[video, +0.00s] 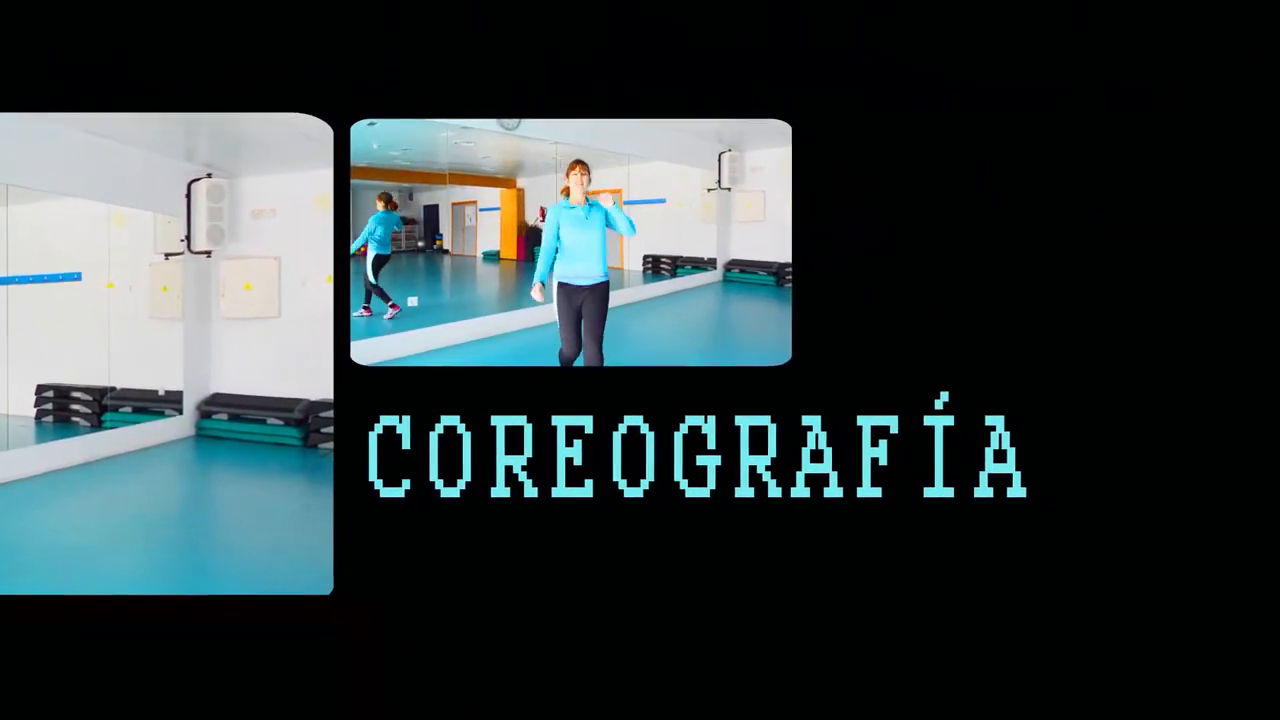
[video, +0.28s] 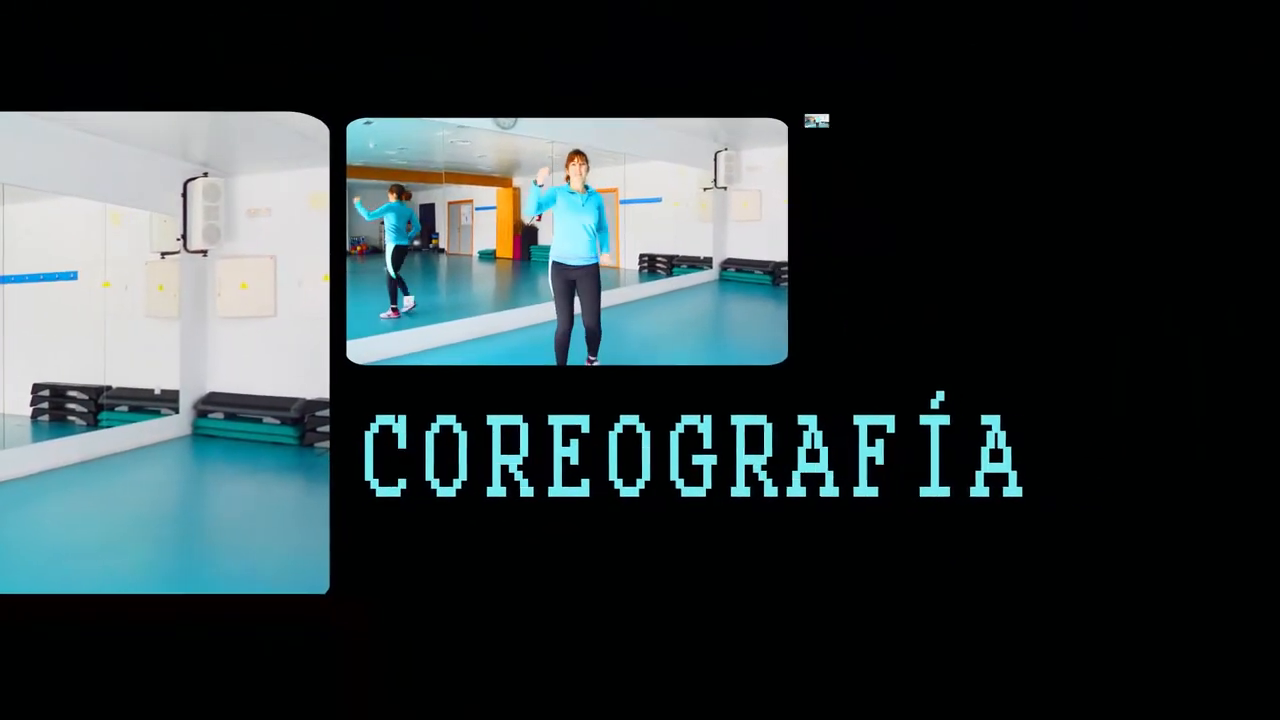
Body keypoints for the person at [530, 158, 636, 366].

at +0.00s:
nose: (579, 177)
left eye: (583, 173)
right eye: (574, 174)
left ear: (589, 179)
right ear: (567, 179)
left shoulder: (601, 209)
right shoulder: (556, 211)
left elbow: (629, 231)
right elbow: (547, 248)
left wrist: (611, 206)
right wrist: (539, 280)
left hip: (597, 286)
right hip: (566, 287)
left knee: (593, 349)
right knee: (571, 349)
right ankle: (564, 364)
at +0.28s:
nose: (578, 167)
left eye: (582, 163)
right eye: (574, 164)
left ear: (588, 168)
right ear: (567, 169)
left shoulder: (595, 198)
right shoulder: (557, 192)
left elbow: (602, 227)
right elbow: (531, 211)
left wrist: (604, 251)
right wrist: (538, 183)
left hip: (588, 266)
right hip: (560, 266)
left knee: (592, 324)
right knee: (564, 324)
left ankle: (592, 359)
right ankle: (561, 364)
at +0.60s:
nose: (572, 174)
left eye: (575, 171)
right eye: (568, 171)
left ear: (581, 174)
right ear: (562, 175)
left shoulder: (592, 199)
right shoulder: (553, 199)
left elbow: (602, 224)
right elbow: (524, 218)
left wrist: (604, 248)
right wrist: (545, 215)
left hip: (583, 261)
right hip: (558, 260)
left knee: (579, 305)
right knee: (556, 307)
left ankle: (577, 343)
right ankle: (551, 353)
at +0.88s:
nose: (560, 173)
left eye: (563, 170)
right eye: (556, 171)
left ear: (568, 174)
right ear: (551, 175)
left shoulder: (577, 197)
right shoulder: (544, 197)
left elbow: (592, 221)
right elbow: (523, 212)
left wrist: (586, 214)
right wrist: (512, 227)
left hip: (570, 253)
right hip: (549, 253)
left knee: (565, 296)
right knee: (554, 293)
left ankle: (560, 336)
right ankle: (559, 318)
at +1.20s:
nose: (537, 164)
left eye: (539, 161)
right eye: (533, 162)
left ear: (544, 163)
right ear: (528, 166)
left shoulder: (553, 184)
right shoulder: (523, 187)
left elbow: (557, 207)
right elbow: (523, 217)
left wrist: (561, 224)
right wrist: (550, 219)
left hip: (549, 235)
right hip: (529, 236)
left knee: (550, 274)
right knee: (534, 273)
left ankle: (552, 313)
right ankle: (536, 308)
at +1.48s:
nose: (503, 158)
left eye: (506, 154)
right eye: (502, 154)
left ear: (516, 154)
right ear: (503, 157)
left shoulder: (530, 171)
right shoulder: (502, 175)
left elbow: (537, 193)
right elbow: (518, 192)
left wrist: (545, 212)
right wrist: (544, 186)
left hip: (529, 224)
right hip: (508, 225)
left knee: (536, 262)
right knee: (512, 261)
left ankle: (548, 297)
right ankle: (514, 296)